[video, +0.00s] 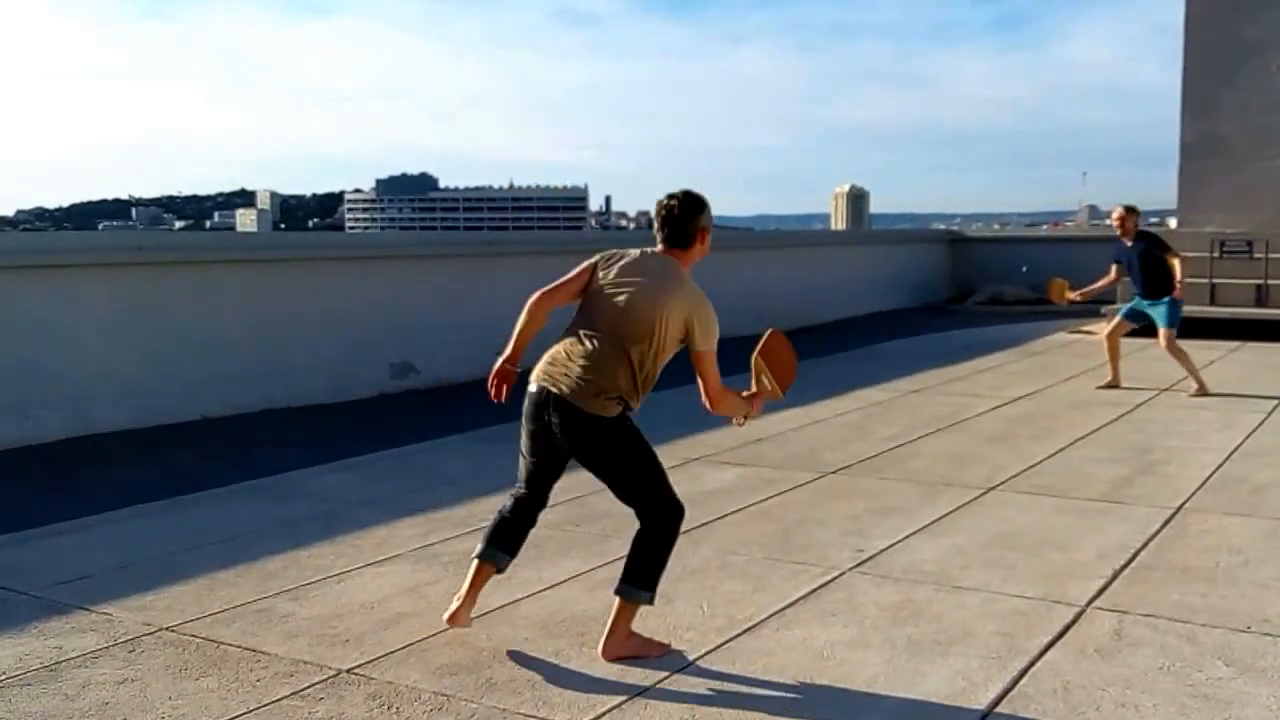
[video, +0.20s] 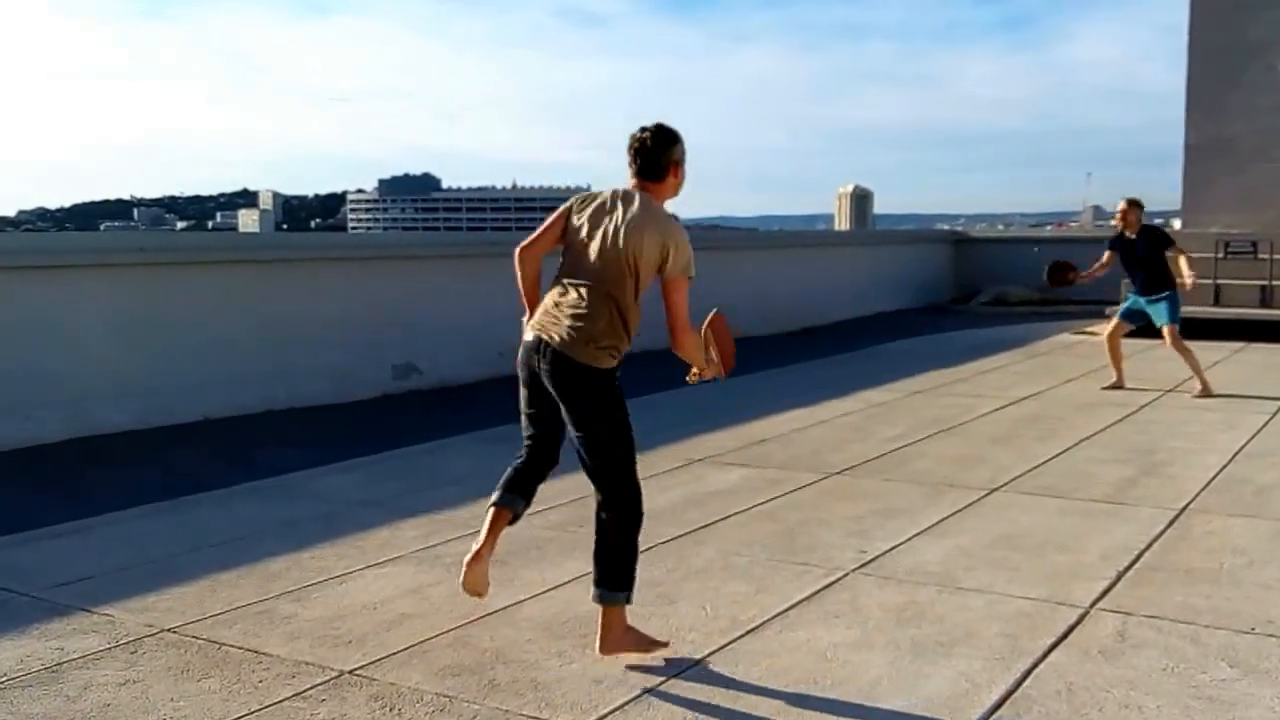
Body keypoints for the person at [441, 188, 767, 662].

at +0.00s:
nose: (710, 239)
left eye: (708, 230)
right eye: (709, 231)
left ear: (658, 230)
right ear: (702, 237)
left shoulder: (611, 262)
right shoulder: (695, 305)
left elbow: (540, 300)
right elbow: (714, 397)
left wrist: (510, 356)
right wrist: (746, 406)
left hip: (542, 392)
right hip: (594, 412)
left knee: (526, 497)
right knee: (663, 512)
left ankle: (463, 603)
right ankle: (619, 635)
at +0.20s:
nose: (684, 174)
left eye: (681, 165)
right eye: (683, 166)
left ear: (633, 167)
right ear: (673, 171)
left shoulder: (588, 202)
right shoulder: (669, 233)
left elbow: (527, 252)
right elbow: (681, 333)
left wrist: (533, 314)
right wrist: (703, 360)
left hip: (535, 347)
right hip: (585, 362)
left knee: (536, 451)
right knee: (620, 491)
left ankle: (484, 544)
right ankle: (613, 627)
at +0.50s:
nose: (626, 203)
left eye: (624, 195)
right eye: (624, 196)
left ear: (576, 205)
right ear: (614, 203)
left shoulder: (556, 247)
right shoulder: (608, 261)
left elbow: (561, 337)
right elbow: (602, 359)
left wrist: (625, 370)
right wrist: (632, 416)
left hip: (509, 391)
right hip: (552, 406)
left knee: (484, 496)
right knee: (624, 512)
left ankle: (426, 590)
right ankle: (598, 646)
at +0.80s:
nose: (521, 207)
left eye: (519, 201)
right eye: (517, 200)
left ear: (493, 214)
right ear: (499, 214)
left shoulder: (507, 249)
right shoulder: (449, 273)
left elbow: (561, 264)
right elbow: (416, 360)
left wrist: (620, 270)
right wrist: (432, 406)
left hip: (462, 396)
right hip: (453, 402)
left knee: (441, 505)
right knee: (525, 500)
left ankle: (378, 609)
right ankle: (559, 628)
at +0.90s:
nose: (500, 218)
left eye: (499, 210)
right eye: (496, 211)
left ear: (472, 221)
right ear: (474, 222)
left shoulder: (482, 250)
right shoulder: (420, 279)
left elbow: (515, 258)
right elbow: (398, 367)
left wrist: (569, 263)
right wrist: (413, 406)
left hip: (439, 394)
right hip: (423, 400)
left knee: (435, 504)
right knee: (490, 501)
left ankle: (378, 608)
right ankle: (522, 628)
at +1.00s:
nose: (485, 221)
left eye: (483, 213)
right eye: (481, 214)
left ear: (451, 225)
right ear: (459, 225)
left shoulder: (442, 251)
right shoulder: (412, 279)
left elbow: (462, 254)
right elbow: (419, 364)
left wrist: (496, 266)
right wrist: (450, 403)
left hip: (416, 391)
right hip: (400, 397)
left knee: (424, 498)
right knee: (460, 497)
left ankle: (376, 607)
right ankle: (461, 630)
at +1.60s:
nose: (377, 208)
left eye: (374, 200)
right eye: (372, 201)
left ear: (332, 211)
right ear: (355, 208)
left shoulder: (292, 262)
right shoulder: (376, 261)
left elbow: (264, 334)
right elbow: (409, 319)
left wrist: (236, 397)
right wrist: (385, 304)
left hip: (299, 401)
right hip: (345, 408)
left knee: (323, 492)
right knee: (380, 517)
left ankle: (286, 592)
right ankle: (306, 620)